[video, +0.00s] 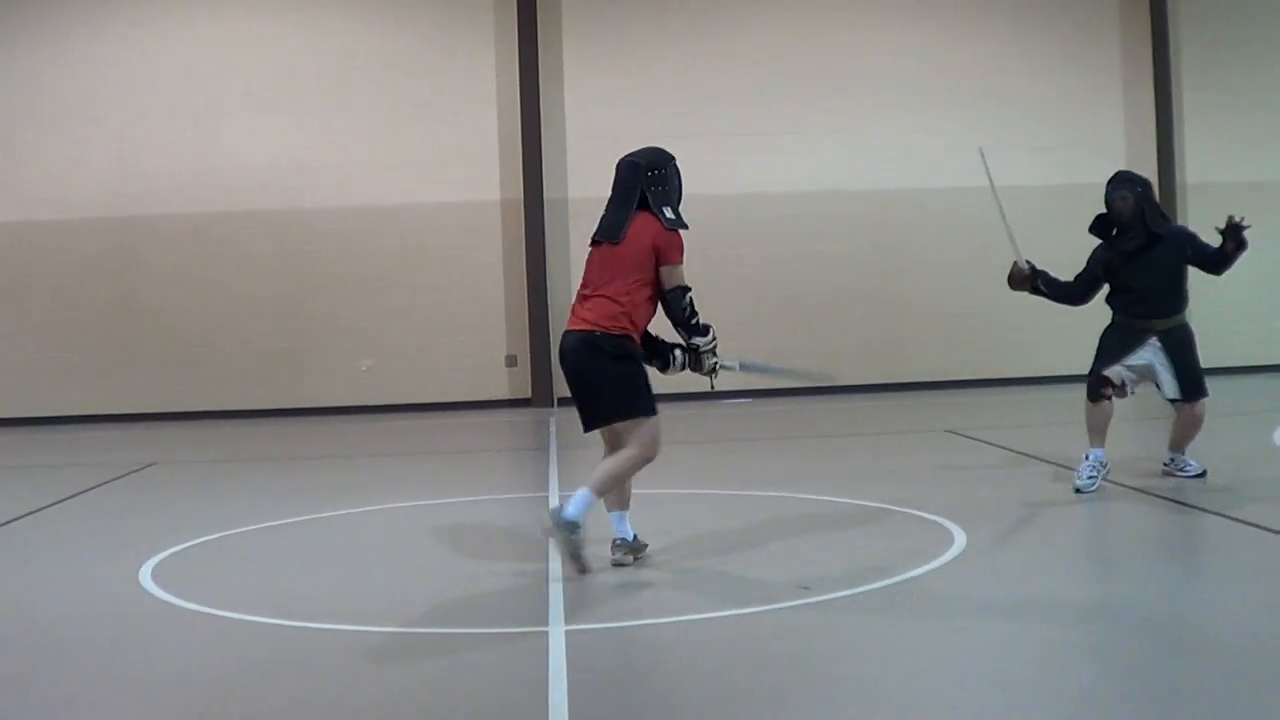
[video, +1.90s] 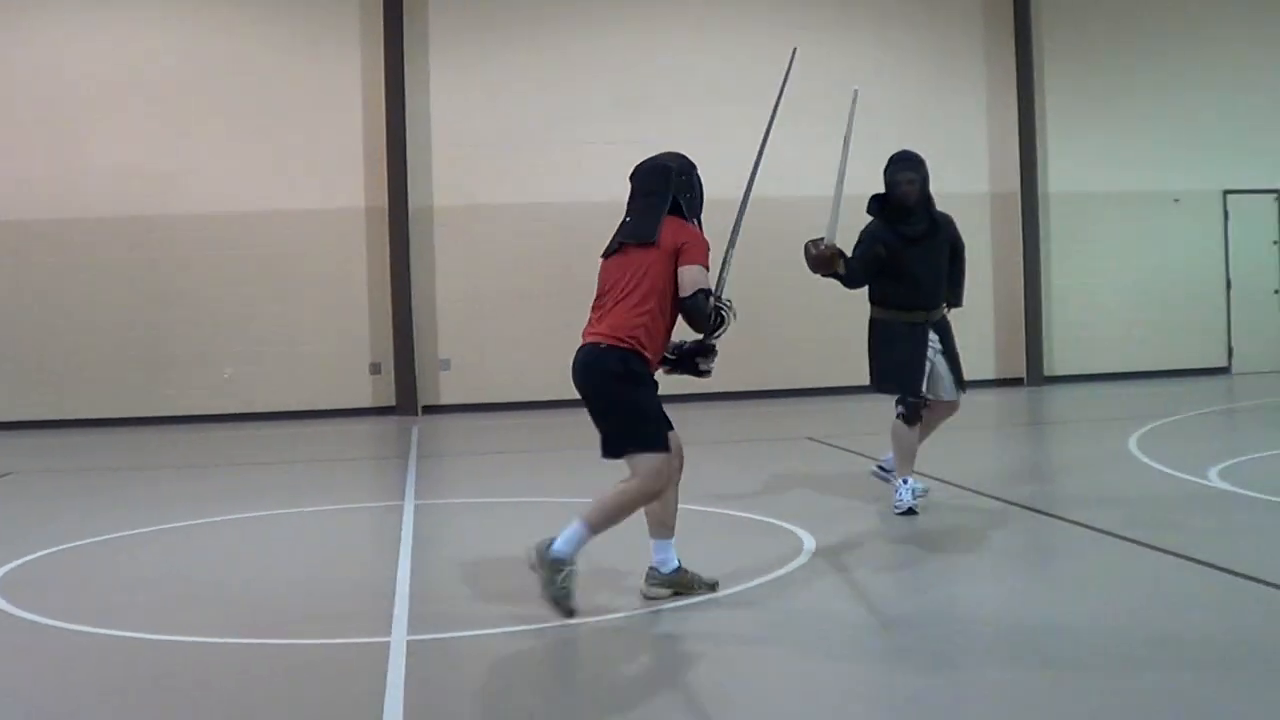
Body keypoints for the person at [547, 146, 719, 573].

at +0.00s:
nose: (675, 191)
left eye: (673, 182)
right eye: (671, 182)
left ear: (628, 185)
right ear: (658, 185)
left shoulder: (610, 227)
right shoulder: (662, 231)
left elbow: (617, 311)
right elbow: (677, 303)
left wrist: (665, 354)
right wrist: (704, 342)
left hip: (578, 343)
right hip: (611, 345)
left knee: (615, 443)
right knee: (644, 445)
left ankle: (623, 538)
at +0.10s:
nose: (668, 197)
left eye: (667, 188)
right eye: (665, 189)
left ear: (623, 190)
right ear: (652, 190)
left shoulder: (601, 230)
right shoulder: (654, 235)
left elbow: (603, 310)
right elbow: (663, 307)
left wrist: (651, 355)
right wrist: (690, 344)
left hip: (568, 343)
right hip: (588, 347)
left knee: (611, 440)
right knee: (591, 450)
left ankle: (624, 537)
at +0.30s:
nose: (654, 223)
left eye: (653, 214)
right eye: (650, 214)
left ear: (607, 212)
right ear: (634, 214)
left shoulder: (582, 251)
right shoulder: (622, 253)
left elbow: (572, 333)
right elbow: (614, 324)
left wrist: (620, 372)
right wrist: (652, 343)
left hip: (542, 367)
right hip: (546, 371)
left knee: (605, 442)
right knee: (526, 471)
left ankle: (627, 539)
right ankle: (449, 558)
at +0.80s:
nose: (674, 216)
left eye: (671, 206)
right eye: (670, 207)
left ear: (625, 210)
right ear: (657, 210)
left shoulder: (602, 252)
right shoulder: (646, 253)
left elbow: (618, 341)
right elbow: (673, 327)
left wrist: (677, 336)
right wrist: (687, 304)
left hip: (583, 371)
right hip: (569, 370)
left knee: (634, 450)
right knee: (586, 474)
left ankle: (622, 544)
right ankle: (493, 532)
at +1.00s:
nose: (691, 207)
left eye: (690, 196)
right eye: (688, 197)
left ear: (640, 195)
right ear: (674, 198)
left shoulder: (613, 238)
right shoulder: (662, 244)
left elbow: (615, 324)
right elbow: (679, 319)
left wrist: (671, 331)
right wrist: (693, 296)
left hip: (578, 355)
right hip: (582, 357)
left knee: (623, 452)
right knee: (610, 457)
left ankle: (614, 544)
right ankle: (563, 565)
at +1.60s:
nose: (680, 175)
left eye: (676, 164)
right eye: (676, 165)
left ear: (620, 169)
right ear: (665, 170)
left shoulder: (601, 221)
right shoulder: (663, 225)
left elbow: (599, 294)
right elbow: (666, 306)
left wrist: (660, 309)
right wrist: (676, 320)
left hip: (573, 353)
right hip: (601, 361)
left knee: (638, 459)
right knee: (580, 476)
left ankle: (681, 559)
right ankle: (539, 588)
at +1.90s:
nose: (699, 197)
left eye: (697, 188)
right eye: (696, 188)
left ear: (643, 192)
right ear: (685, 190)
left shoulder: (625, 236)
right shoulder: (686, 234)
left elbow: (619, 318)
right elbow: (696, 307)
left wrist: (673, 353)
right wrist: (714, 319)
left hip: (595, 360)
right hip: (620, 364)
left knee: (671, 452)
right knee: (655, 473)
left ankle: (665, 569)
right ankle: (558, 551)